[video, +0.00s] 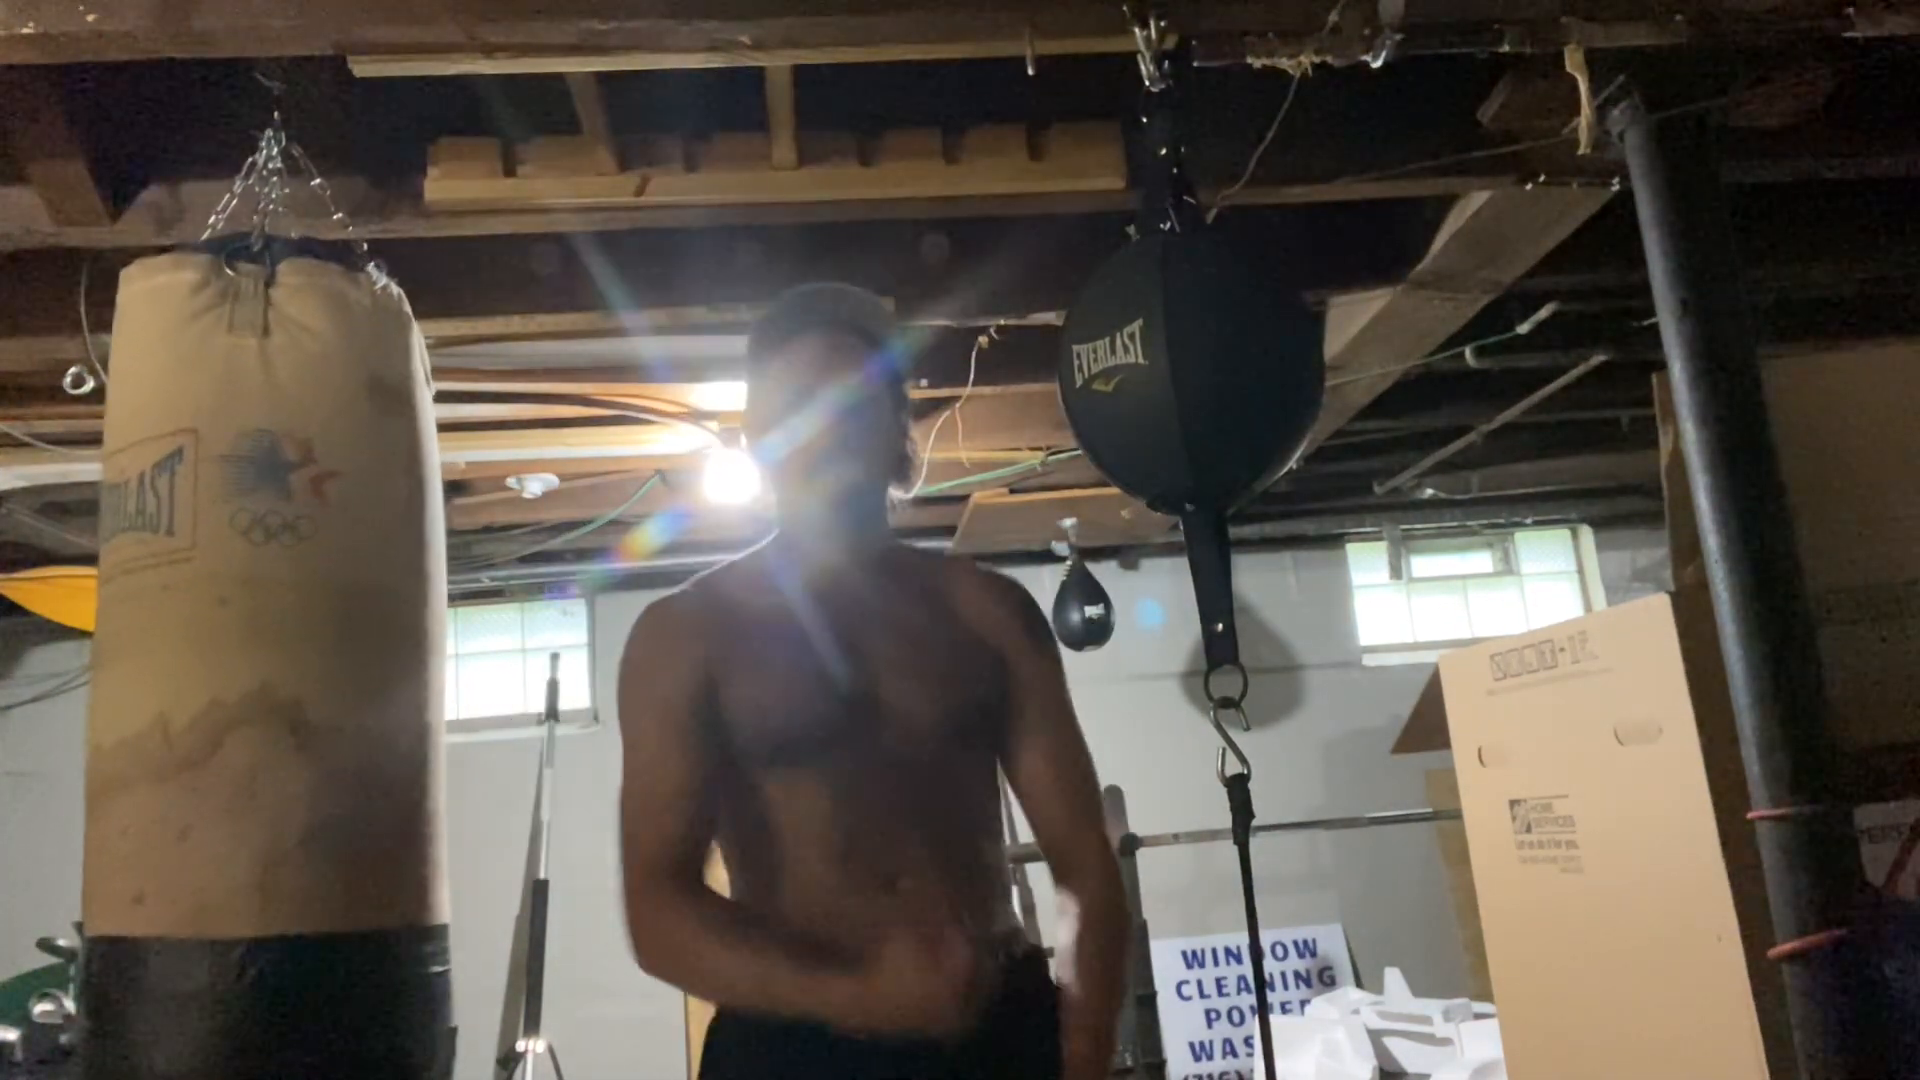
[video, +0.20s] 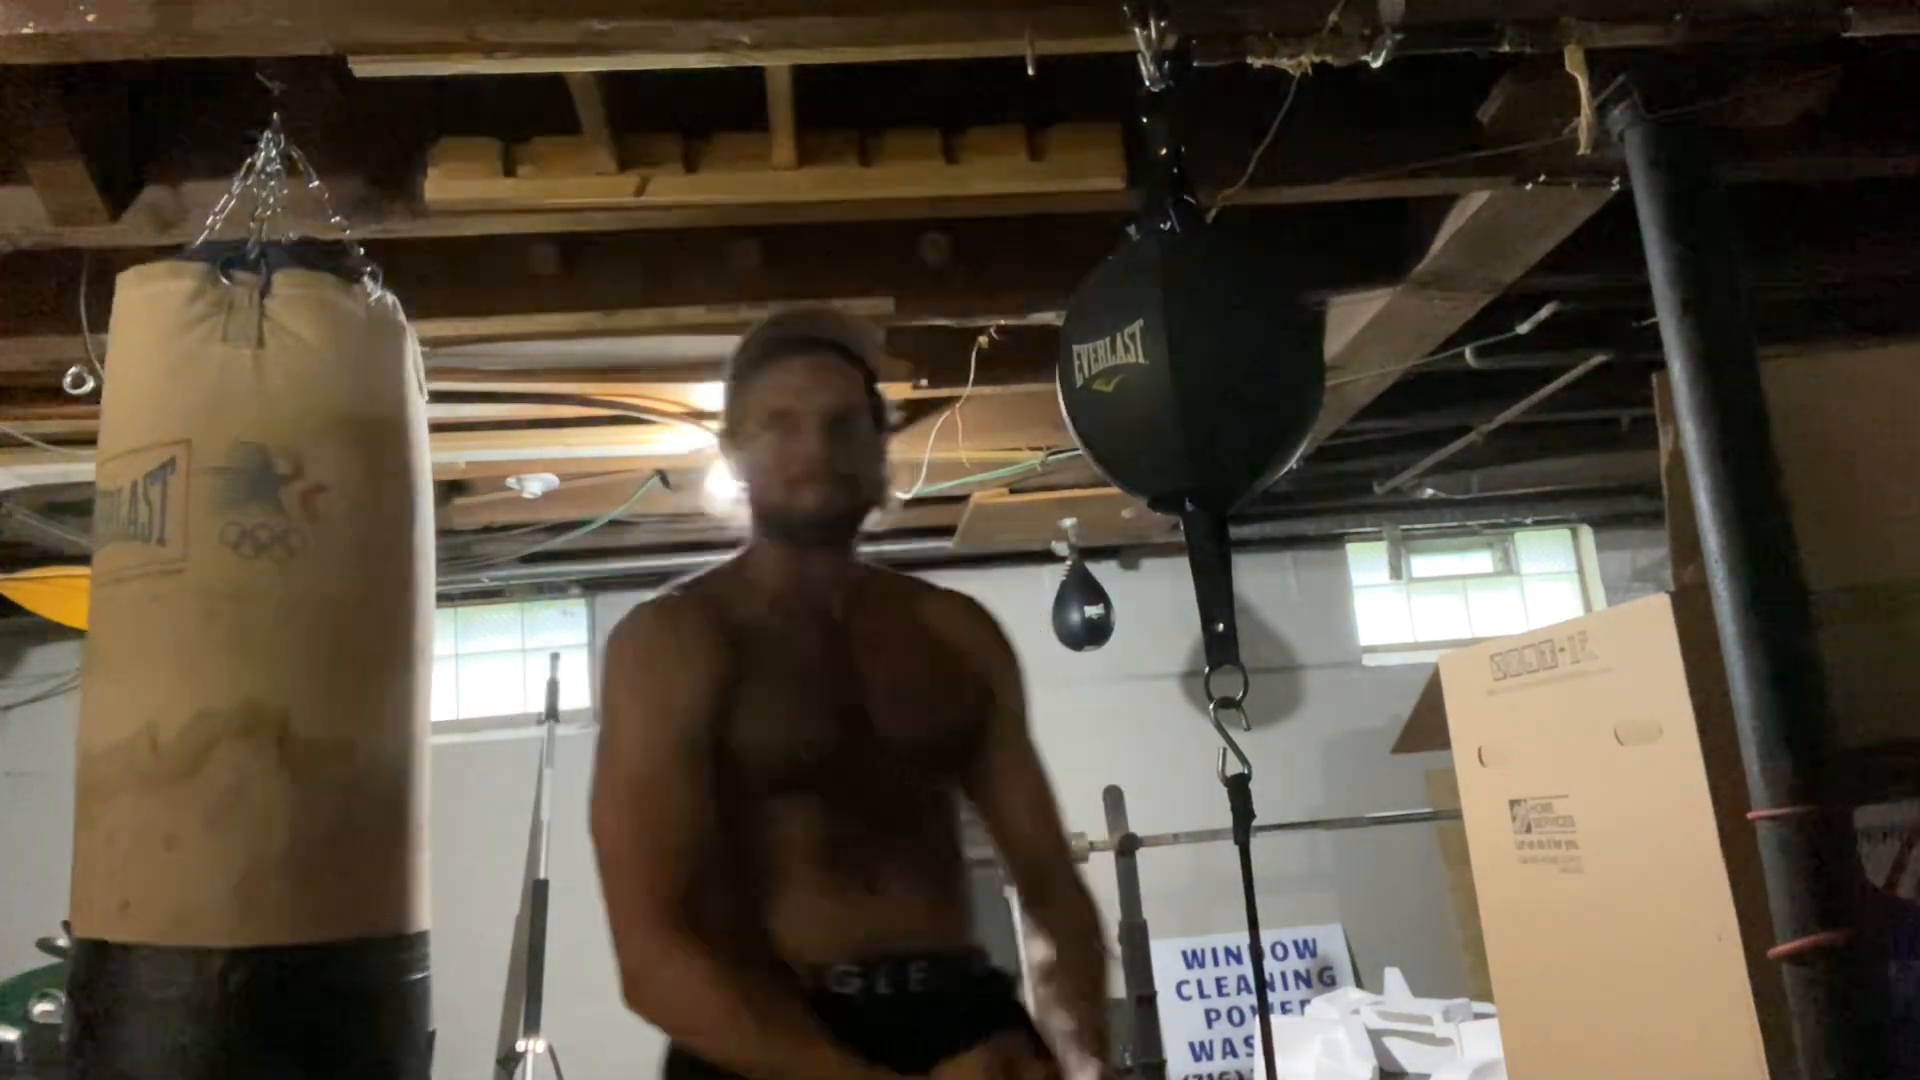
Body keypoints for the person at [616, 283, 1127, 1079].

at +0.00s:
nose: (827, 430)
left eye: (853, 402)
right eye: (797, 407)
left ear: (902, 436)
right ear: (755, 441)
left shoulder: (989, 612)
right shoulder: (686, 636)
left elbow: (1093, 879)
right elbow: (662, 920)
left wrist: (1084, 1054)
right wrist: (858, 997)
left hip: (998, 1031)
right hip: (794, 1044)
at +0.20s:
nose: (814, 454)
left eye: (842, 425)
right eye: (777, 426)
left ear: (883, 453)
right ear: (735, 457)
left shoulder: (957, 633)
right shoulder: (671, 645)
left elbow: (1049, 888)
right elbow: (657, 965)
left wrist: (1084, 1058)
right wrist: (864, 1069)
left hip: (952, 1011)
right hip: (760, 1023)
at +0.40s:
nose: (784, 460)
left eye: (810, 433)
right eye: (748, 434)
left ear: (847, 463)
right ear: (694, 463)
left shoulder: (916, 645)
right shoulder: (641, 636)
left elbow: (986, 893)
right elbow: (628, 957)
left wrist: (1053, 1056)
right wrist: (820, 1064)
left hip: (919, 1012)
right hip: (729, 1021)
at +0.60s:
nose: (797, 463)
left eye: (820, 439)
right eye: (760, 438)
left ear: (848, 463)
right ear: (698, 465)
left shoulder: (918, 656)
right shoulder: (643, 640)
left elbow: (999, 904)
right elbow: (637, 955)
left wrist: (1064, 1057)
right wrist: (802, 1067)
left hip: (935, 1019)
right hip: (748, 1026)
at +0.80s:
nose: (873, 411)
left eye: (882, 386)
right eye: (833, 384)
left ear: (898, 413)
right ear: (752, 421)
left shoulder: (945, 624)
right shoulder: (683, 599)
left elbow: (1006, 866)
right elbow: (635, 902)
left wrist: (1075, 1032)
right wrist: (849, 1070)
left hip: (958, 1010)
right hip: (772, 1021)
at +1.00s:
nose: (982, 397)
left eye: (972, 370)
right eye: (948, 369)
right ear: (855, 393)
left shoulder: (1006, 591)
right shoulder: (735, 585)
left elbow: (1048, 812)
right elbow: (636, 865)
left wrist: (1162, 934)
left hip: (1008, 1011)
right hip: (816, 1024)